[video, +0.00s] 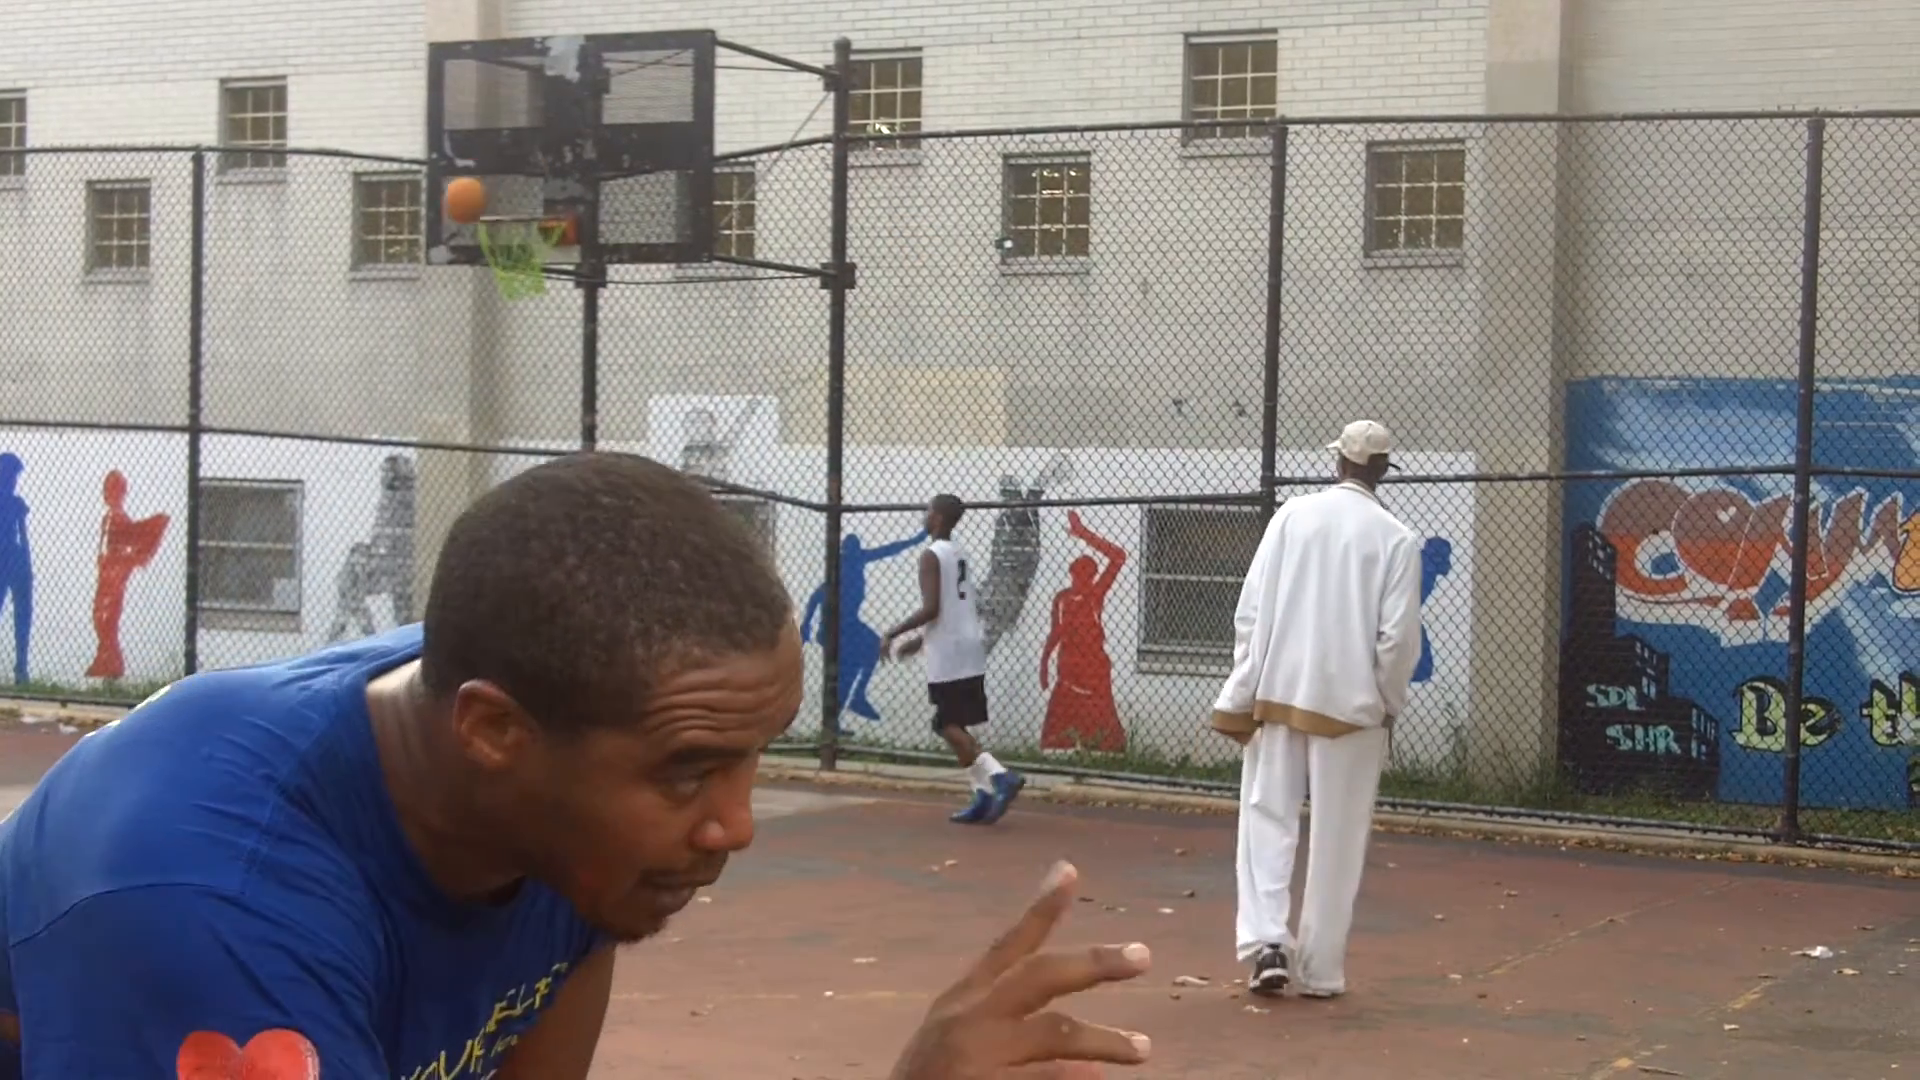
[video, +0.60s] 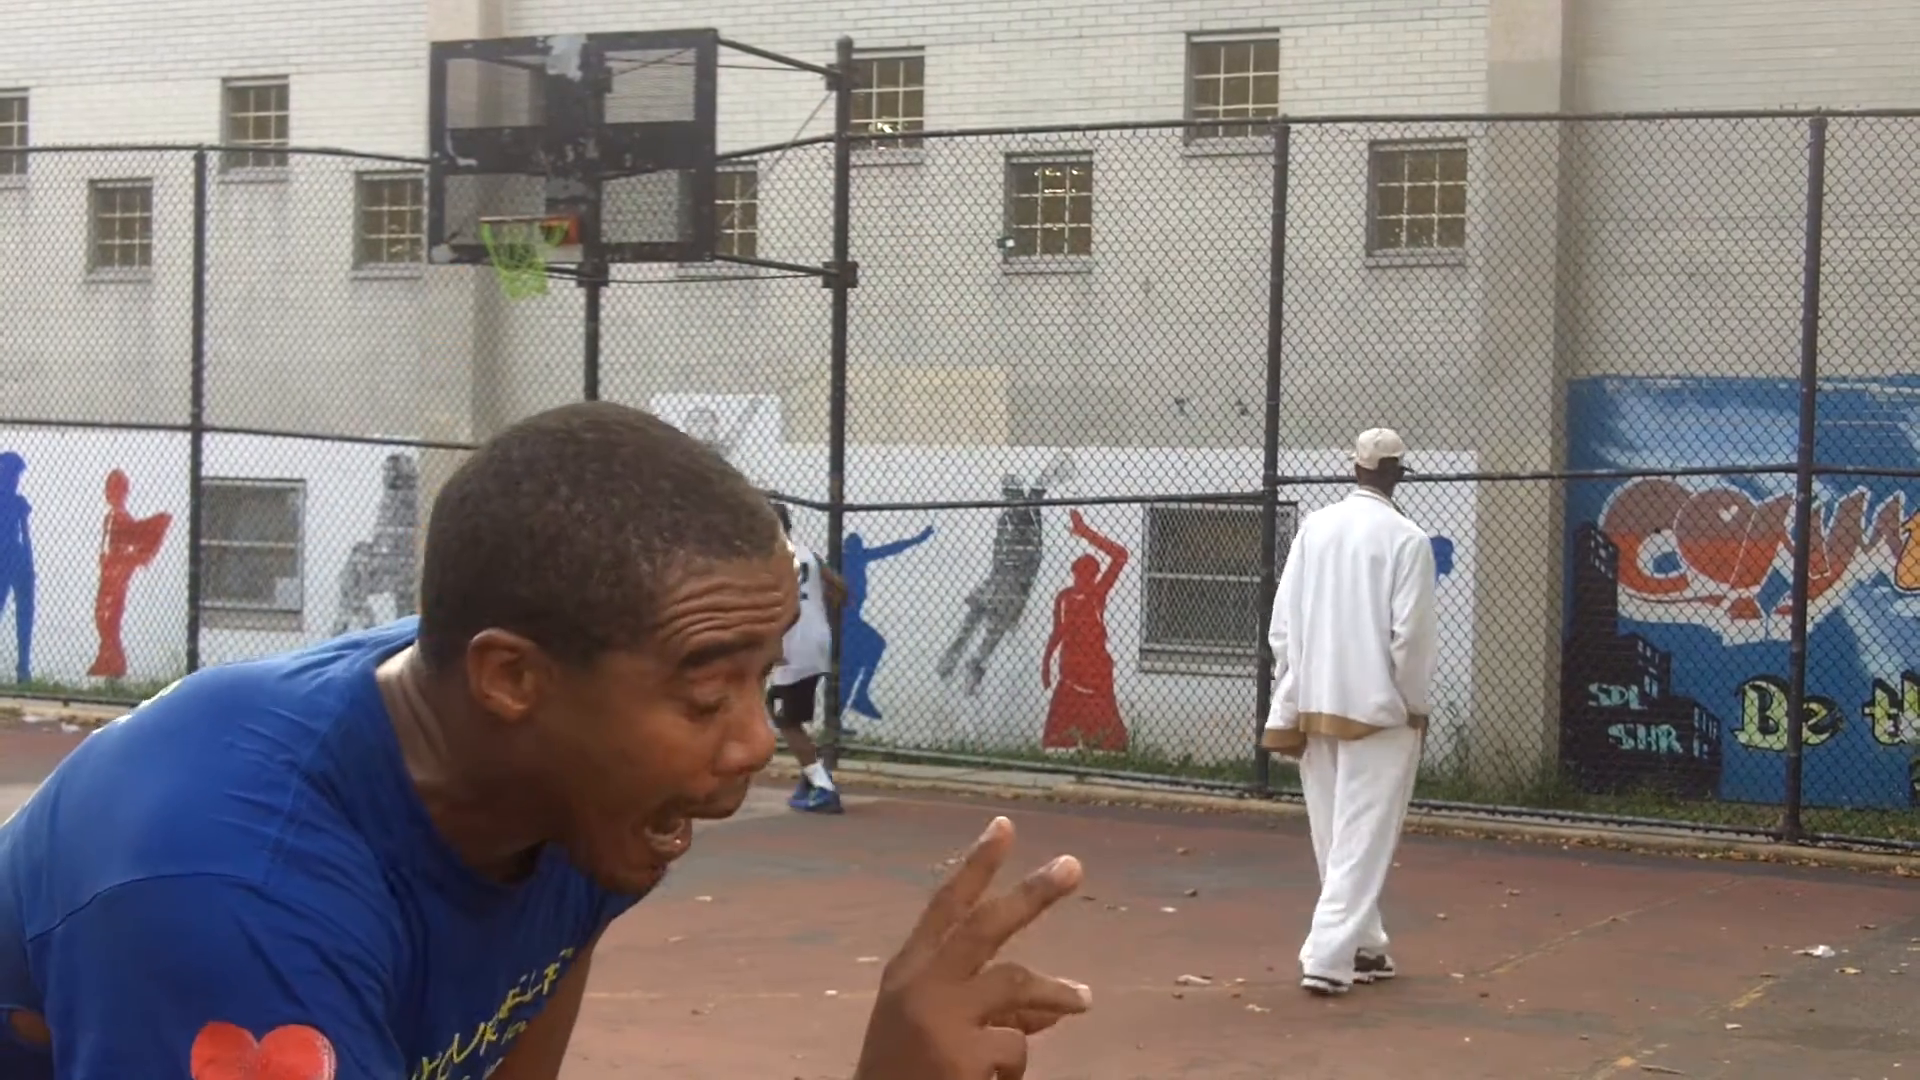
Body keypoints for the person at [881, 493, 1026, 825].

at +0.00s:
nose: (926, 517)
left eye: (930, 512)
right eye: (928, 511)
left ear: (939, 518)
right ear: (950, 521)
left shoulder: (931, 555)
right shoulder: (957, 553)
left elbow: (930, 609)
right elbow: (953, 614)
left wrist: (891, 632)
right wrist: (921, 640)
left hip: (948, 654)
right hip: (968, 650)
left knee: (947, 724)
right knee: (951, 724)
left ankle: (999, 775)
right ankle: (982, 792)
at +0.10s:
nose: (902, 505)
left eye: (906, 500)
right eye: (905, 500)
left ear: (916, 506)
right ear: (930, 509)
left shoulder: (912, 543)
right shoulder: (939, 541)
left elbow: (915, 595)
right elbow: (932, 598)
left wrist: (887, 625)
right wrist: (897, 629)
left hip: (925, 645)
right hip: (949, 643)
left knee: (912, 709)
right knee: (940, 711)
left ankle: (949, 779)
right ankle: (972, 778)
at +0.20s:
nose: (876, 515)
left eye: (879, 509)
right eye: (877, 509)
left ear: (890, 512)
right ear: (904, 514)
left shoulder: (889, 546)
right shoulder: (917, 544)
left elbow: (898, 598)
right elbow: (916, 601)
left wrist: (875, 636)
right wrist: (880, 634)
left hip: (904, 650)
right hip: (931, 648)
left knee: (876, 707)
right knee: (925, 713)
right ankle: (955, 787)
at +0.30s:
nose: (847, 533)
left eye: (851, 528)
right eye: (848, 527)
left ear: (864, 530)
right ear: (875, 531)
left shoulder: (864, 567)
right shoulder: (889, 562)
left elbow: (880, 614)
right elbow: (891, 617)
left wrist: (854, 650)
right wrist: (852, 636)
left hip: (885, 658)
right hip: (916, 656)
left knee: (843, 710)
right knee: (916, 724)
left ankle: (835, 788)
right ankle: (957, 790)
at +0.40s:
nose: (816, 542)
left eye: (817, 536)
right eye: (816, 536)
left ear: (825, 537)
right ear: (843, 535)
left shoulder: (831, 568)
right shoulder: (861, 563)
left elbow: (841, 619)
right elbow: (857, 616)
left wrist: (811, 655)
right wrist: (826, 644)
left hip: (852, 659)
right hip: (884, 657)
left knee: (819, 713)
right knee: (872, 732)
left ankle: (827, 791)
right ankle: (927, 768)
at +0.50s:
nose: (790, 544)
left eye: (791, 538)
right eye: (791, 538)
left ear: (798, 539)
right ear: (818, 538)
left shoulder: (800, 570)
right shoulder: (838, 565)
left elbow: (794, 623)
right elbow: (863, 610)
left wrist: (771, 641)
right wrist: (846, 633)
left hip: (824, 653)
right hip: (856, 651)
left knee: (798, 720)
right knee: (828, 724)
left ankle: (826, 788)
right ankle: (874, 760)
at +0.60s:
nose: (760, 536)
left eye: (762, 528)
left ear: (767, 527)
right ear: (787, 524)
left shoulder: (770, 558)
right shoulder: (809, 556)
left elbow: (780, 607)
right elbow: (838, 589)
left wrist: (765, 641)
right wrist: (826, 618)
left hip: (793, 647)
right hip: (818, 642)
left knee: (786, 718)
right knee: (794, 717)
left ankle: (821, 784)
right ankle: (810, 777)